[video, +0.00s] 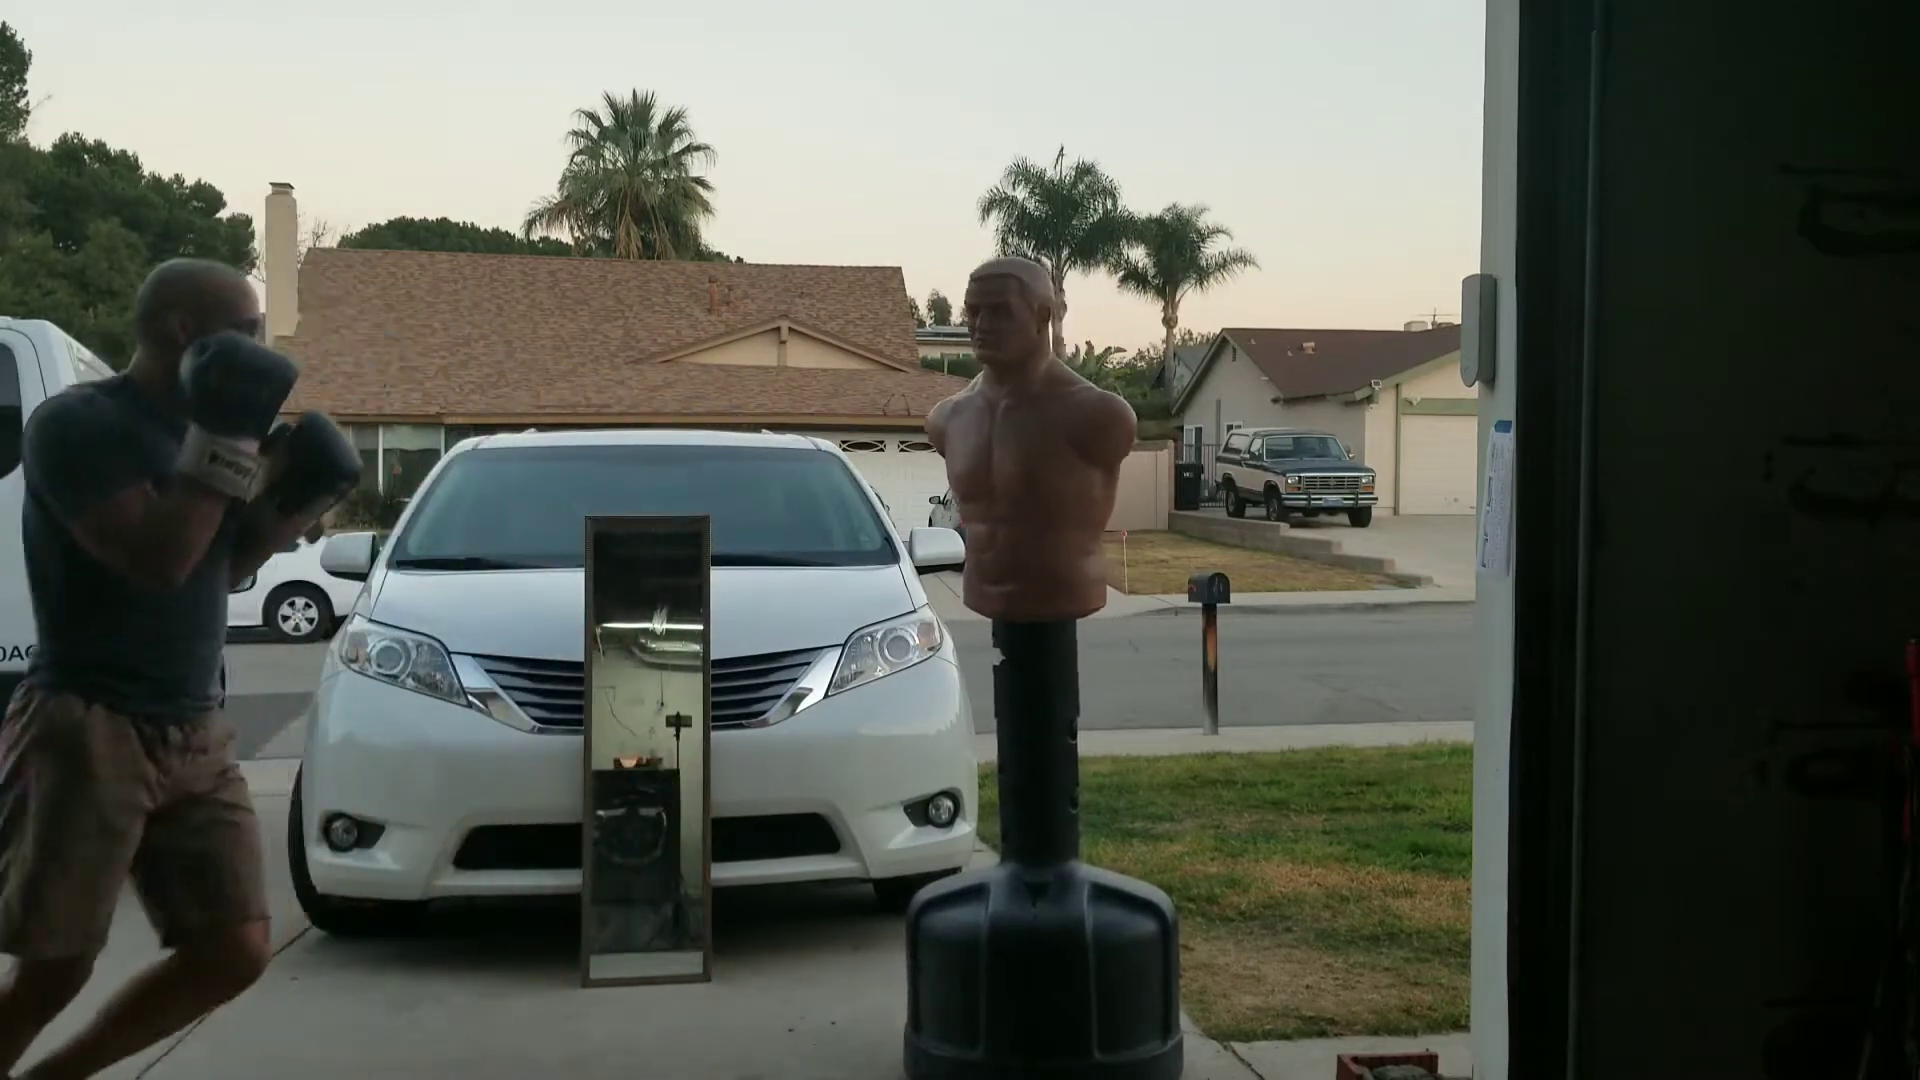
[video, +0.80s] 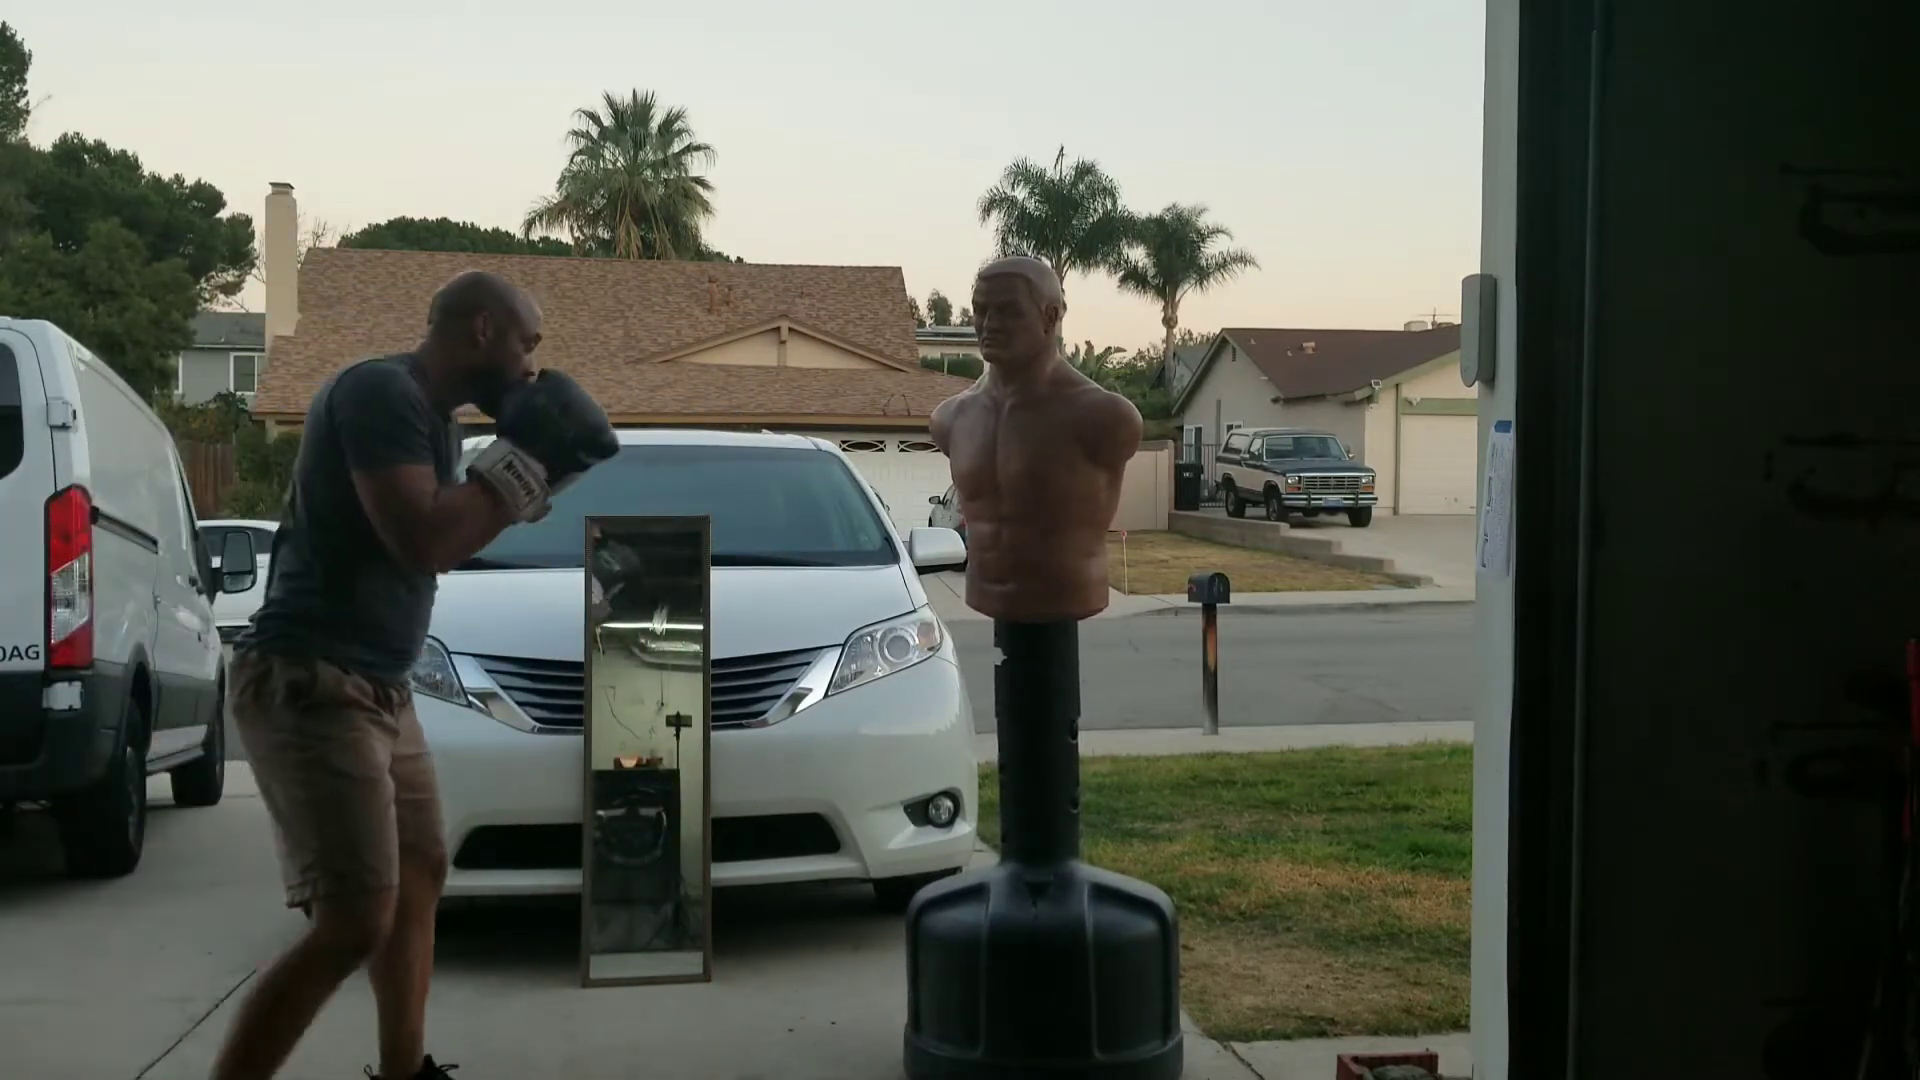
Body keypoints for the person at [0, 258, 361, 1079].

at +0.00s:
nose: (253, 358)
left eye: (258, 341)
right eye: (238, 338)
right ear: (177, 334)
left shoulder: (206, 437)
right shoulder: (73, 423)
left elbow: (217, 568)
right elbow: (161, 559)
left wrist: (290, 506)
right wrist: (229, 438)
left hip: (194, 735)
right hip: (82, 732)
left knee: (232, 953)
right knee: (54, 968)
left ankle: (52, 1072)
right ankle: (4, 1068)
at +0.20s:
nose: (292, 321)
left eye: (297, 306)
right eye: (284, 303)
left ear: (237, 292)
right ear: (229, 288)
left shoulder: (231, 383)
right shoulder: (127, 361)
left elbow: (250, 512)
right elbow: (180, 512)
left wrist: (327, 427)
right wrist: (279, 416)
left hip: (207, 673)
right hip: (105, 675)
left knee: (286, 867)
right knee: (55, 912)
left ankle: (178, 1067)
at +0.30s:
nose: (309, 351)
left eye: (316, 336)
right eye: (309, 332)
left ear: (269, 312)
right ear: (271, 312)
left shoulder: (232, 392)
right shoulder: (179, 368)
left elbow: (310, 520)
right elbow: (278, 508)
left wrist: (350, 411)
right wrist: (335, 395)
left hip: (215, 685)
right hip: (126, 685)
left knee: (310, 851)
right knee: (62, 921)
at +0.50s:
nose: (402, 410)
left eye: (406, 393)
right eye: (397, 388)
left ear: (340, 373)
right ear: (353, 373)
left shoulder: (286, 434)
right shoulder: (284, 424)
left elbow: (325, 574)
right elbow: (337, 571)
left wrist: (394, 482)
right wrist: (418, 480)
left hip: (284, 726)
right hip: (204, 730)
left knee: (395, 867)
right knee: (118, 959)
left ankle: (403, 1068)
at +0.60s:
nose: (451, 406)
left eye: (456, 389)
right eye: (452, 386)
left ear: (396, 364)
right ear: (412, 367)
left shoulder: (329, 416)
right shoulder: (345, 408)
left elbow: (333, 559)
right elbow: (367, 552)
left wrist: (419, 515)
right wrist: (452, 528)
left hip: (326, 708)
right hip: (253, 709)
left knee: (412, 865)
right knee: (217, 956)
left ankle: (403, 1069)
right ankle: (19, 1065)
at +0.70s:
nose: (499, 384)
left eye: (504, 368)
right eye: (499, 364)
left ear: (442, 349)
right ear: (454, 349)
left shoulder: (396, 417)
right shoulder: (368, 393)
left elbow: (401, 546)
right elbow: (403, 542)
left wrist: (472, 491)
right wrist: (494, 481)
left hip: (350, 691)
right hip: (280, 689)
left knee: (412, 868)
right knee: (304, 936)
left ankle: (403, 1068)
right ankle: (102, 1071)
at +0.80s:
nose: (532, 365)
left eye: (536, 348)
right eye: (526, 344)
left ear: (472, 332)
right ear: (479, 331)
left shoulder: (434, 418)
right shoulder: (378, 392)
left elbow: (444, 540)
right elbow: (424, 540)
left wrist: (542, 466)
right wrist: (522, 456)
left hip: (378, 684)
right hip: (305, 681)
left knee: (419, 874)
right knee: (355, 912)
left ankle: (403, 1069)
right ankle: (234, 1072)